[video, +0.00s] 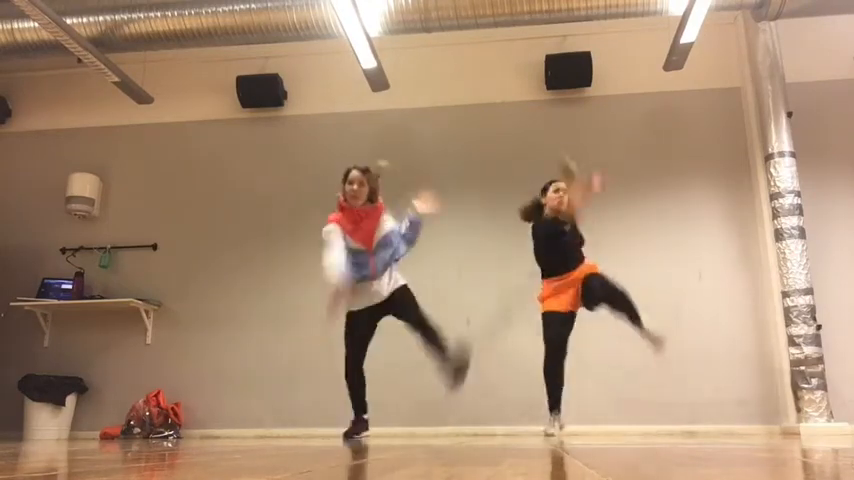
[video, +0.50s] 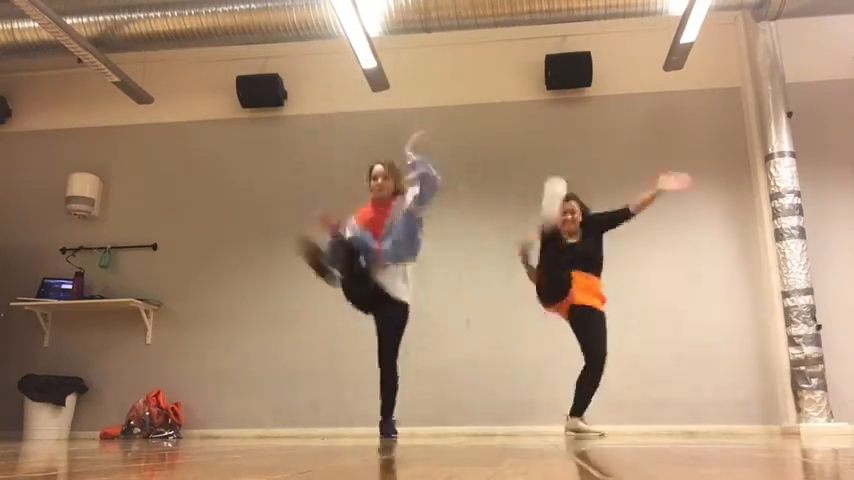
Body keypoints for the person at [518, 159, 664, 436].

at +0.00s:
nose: (561, 196)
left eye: (564, 192)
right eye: (555, 191)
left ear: (568, 198)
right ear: (543, 200)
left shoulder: (567, 217)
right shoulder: (542, 227)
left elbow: (575, 203)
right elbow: (557, 219)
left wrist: (588, 188)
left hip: (582, 279)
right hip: (556, 291)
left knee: (608, 290)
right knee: (554, 351)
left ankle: (642, 329)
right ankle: (554, 415)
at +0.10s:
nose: (566, 174)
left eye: (570, 170)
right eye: (561, 170)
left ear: (574, 177)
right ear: (552, 175)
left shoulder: (574, 203)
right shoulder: (545, 194)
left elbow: (581, 231)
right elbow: (533, 174)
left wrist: (606, 231)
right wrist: (562, 156)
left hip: (579, 260)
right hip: (556, 268)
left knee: (612, 256)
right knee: (558, 340)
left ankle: (616, 305)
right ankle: (552, 408)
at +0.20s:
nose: (572, 165)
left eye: (575, 162)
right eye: (566, 162)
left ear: (582, 166)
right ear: (557, 167)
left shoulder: (587, 195)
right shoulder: (551, 180)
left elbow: (591, 234)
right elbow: (529, 181)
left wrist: (599, 216)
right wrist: (538, 178)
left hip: (580, 248)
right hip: (551, 249)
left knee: (621, 267)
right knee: (555, 311)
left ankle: (601, 328)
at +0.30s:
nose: (572, 174)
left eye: (575, 169)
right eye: (567, 170)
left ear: (583, 171)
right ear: (559, 174)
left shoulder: (589, 197)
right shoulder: (549, 191)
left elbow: (610, 222)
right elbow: (530, 217)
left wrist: (598, 202)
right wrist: (512, 218)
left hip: (582, 253)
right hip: (553, 245)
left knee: (608, 305)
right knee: (548, 265)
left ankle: (596, 373)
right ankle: (539, 307)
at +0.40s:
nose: (566, 201)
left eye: (571, 196)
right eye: (563, 196)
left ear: (582, 196)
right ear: (557, 198)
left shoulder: (594, 211)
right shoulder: (553, 221)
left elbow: (620, 203)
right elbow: (537, 259)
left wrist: (629, 194)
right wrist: (505, 256)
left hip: (587, 287)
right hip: (563, 279)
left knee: (588, 349)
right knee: (553, 221)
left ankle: (576, 413)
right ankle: (539, 280)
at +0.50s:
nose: (570, 217)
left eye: (574, 212)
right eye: (565, 213)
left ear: (581, 213)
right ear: (557, 216)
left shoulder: (593, 225)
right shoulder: (551, 243)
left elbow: (628, 211)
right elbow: (541, 282)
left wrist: (656, 191)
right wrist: (526, 263)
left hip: (587, 298)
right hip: (558, 296)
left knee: (596, 360)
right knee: (552, 248)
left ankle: (574, 418)